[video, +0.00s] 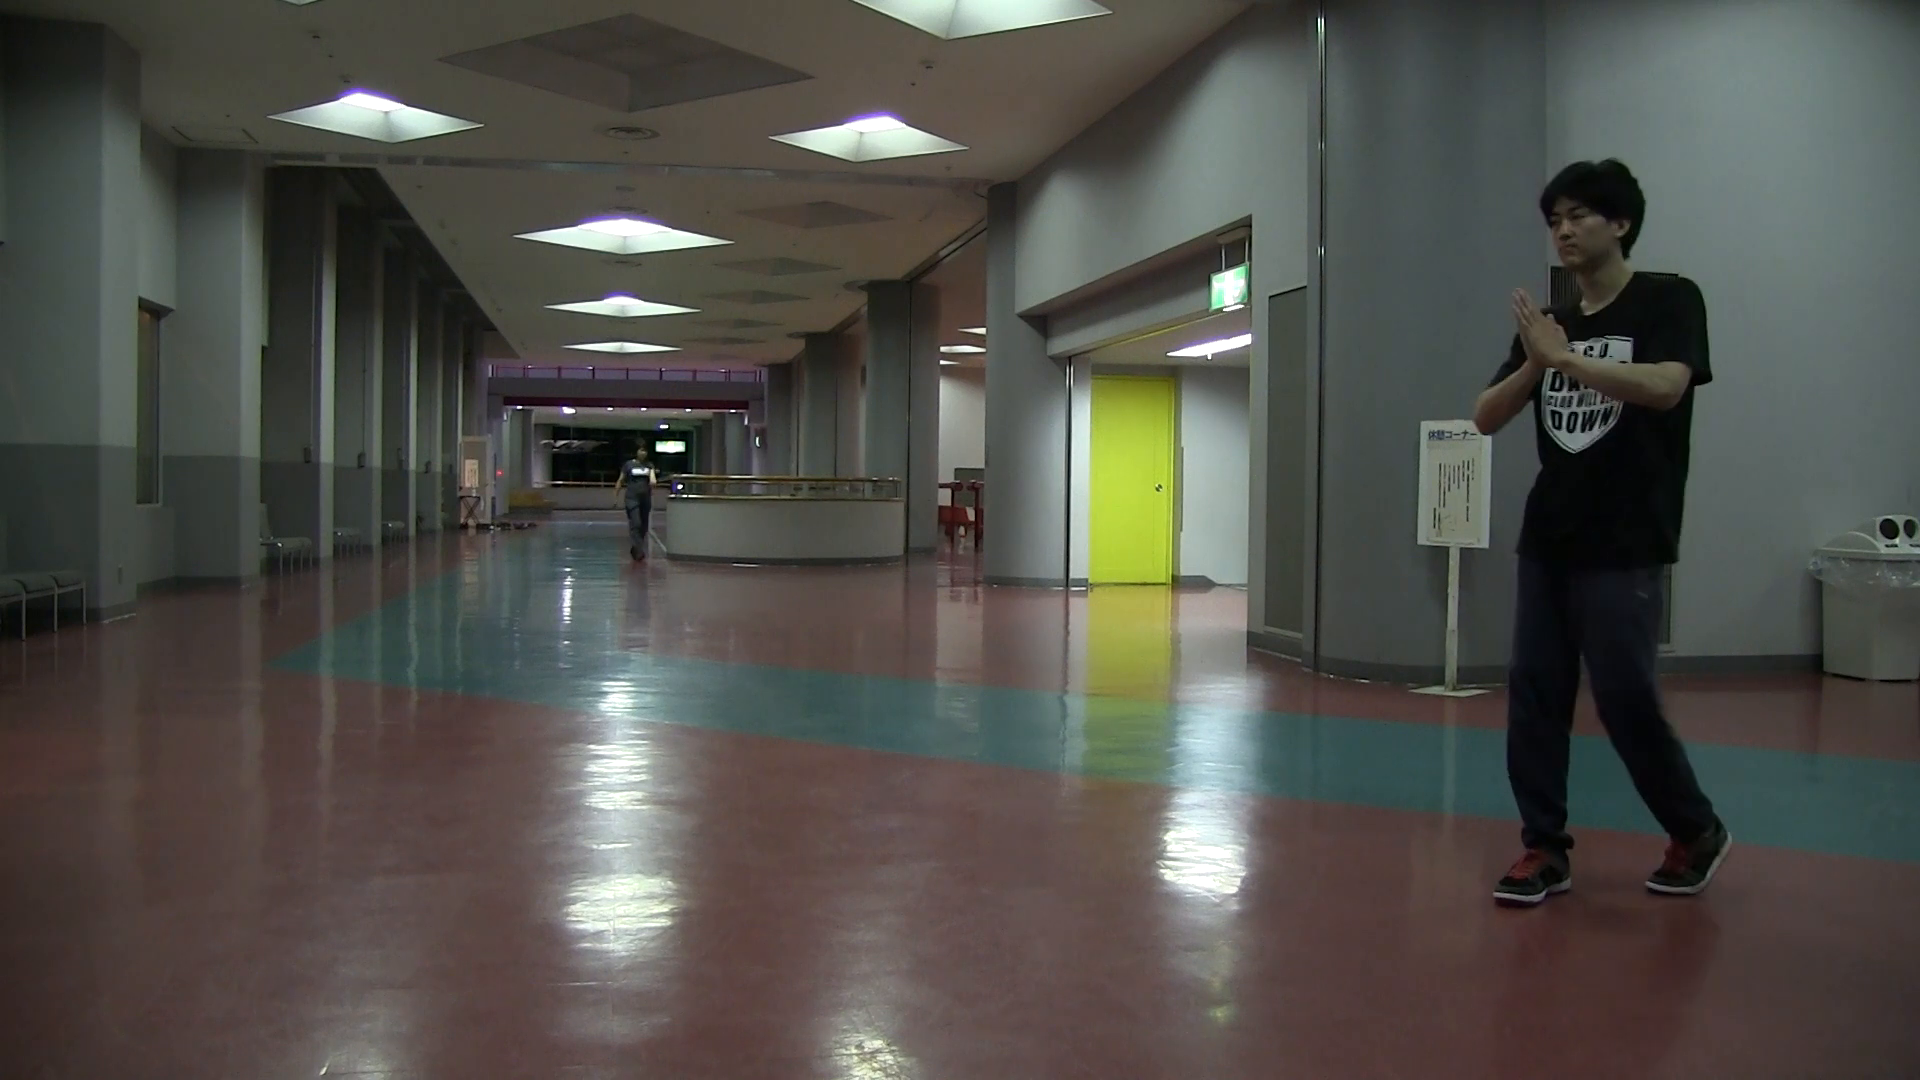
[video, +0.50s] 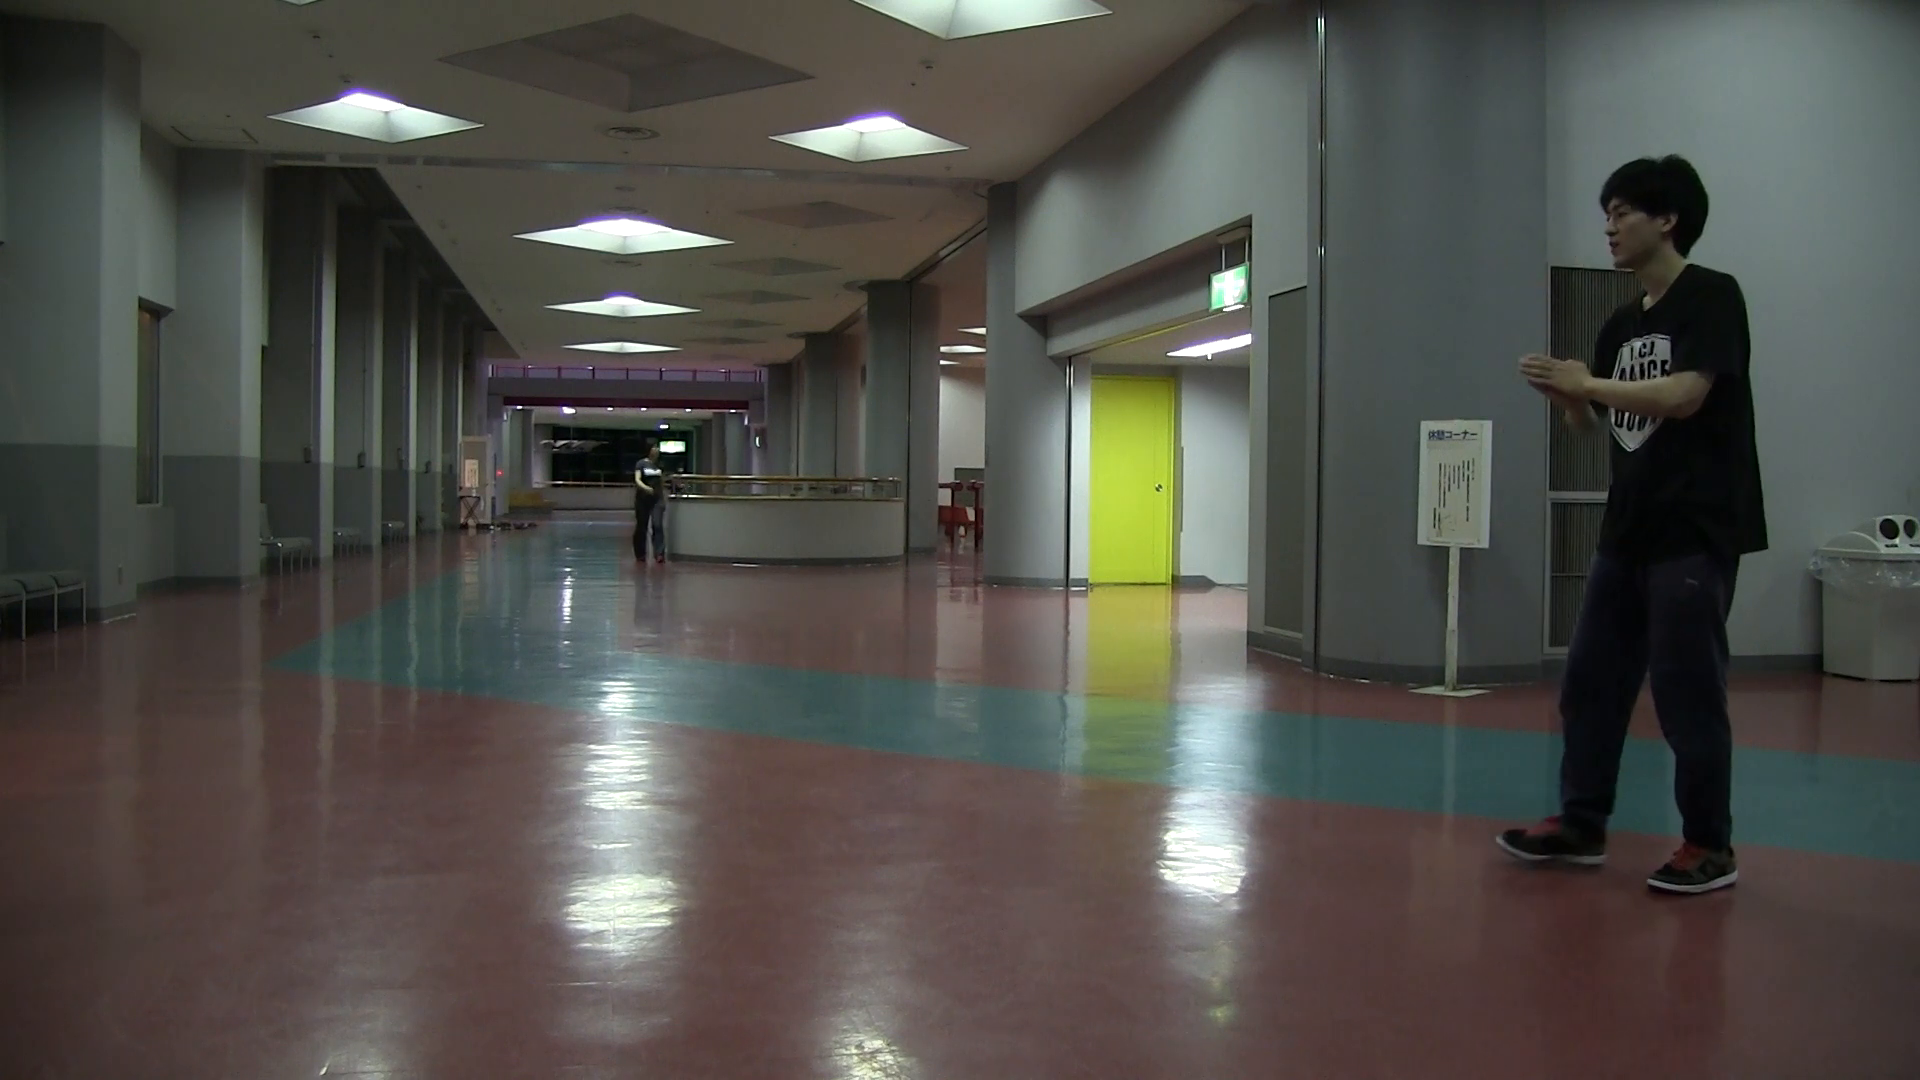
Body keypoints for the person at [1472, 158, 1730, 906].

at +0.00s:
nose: (1562, 230)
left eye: (1578, 216)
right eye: (1555, 219)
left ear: (1619, 223)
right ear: (1550, 232)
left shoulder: (1669, 299)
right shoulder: (1551, 318)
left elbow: (1664, 388)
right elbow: (1484, 418)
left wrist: (1561, 358)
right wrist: (1534, 365)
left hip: (1625, 539)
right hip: (1549, 535)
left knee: (1624, 701)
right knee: (1536, 699)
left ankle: (1696, 833)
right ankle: (1545, 849)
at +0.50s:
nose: (1609, 229)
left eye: (1622, 215)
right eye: (1607, 216)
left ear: (1667, 220)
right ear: (1622, 226)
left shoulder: (1713, 295)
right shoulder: (1619, 326)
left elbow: (1685, 392)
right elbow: (1595, 422)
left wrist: (1589, 386)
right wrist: (1565, 391)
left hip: (1699, 527)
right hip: (1630, 526)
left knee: (1687, 687)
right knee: (1593, 678)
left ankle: (1709, 847)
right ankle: (1580, 827)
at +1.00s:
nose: (1621, 220)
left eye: (1635, 214)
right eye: (1632, 212)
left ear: (1653, 236)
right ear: (1655, 242)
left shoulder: (1649, 304)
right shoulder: (1633, 308)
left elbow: (1654, 414)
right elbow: (1621, 428)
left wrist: (1668, 520)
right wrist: (1603, 530)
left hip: (1651, 536)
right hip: (1626, 534)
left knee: (1652, 680)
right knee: (1626, 674)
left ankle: (1702, 841)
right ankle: (1646, 816)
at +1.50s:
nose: (1638, 241)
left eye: (1648, 231)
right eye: (1648, 230)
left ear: (1663, 245)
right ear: (1694, 260)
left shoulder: (1642, 316)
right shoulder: (1674, 324)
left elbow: (1585, 406)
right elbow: (1640, 430)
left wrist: (1534, 494)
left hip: (1599, 537)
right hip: (1632, 534)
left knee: (1548, 670)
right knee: (1614, 668)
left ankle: (1643, 800)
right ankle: (1632, 819)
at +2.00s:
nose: (1537, 294)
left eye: (1542, 278)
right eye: (1532, 281)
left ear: (1582, 264)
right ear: (1572, 271)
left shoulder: (1656, 329)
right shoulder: (1583, 346)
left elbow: (1677, 438)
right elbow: (1580, 443)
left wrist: (1691, 545)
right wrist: (1553, 528)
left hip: (1661, 534)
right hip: (1614, 531)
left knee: (1588, 666)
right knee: (1622, 675)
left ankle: (1649, 817)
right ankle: (1628, 816)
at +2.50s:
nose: (1614, 272)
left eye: (1626, 258)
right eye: (1604, 258)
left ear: (1661, 246)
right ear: (1598, 253)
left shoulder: (1726, 312)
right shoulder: (1592, 326)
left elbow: (1731, 429)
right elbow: (1582, 436)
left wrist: (1698, 531)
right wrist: (1599, 530)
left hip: (1695, 532)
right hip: (1614, 529)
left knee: (1690, 686)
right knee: (1598, 678)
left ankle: (1674, 834)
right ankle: (1629, 765)